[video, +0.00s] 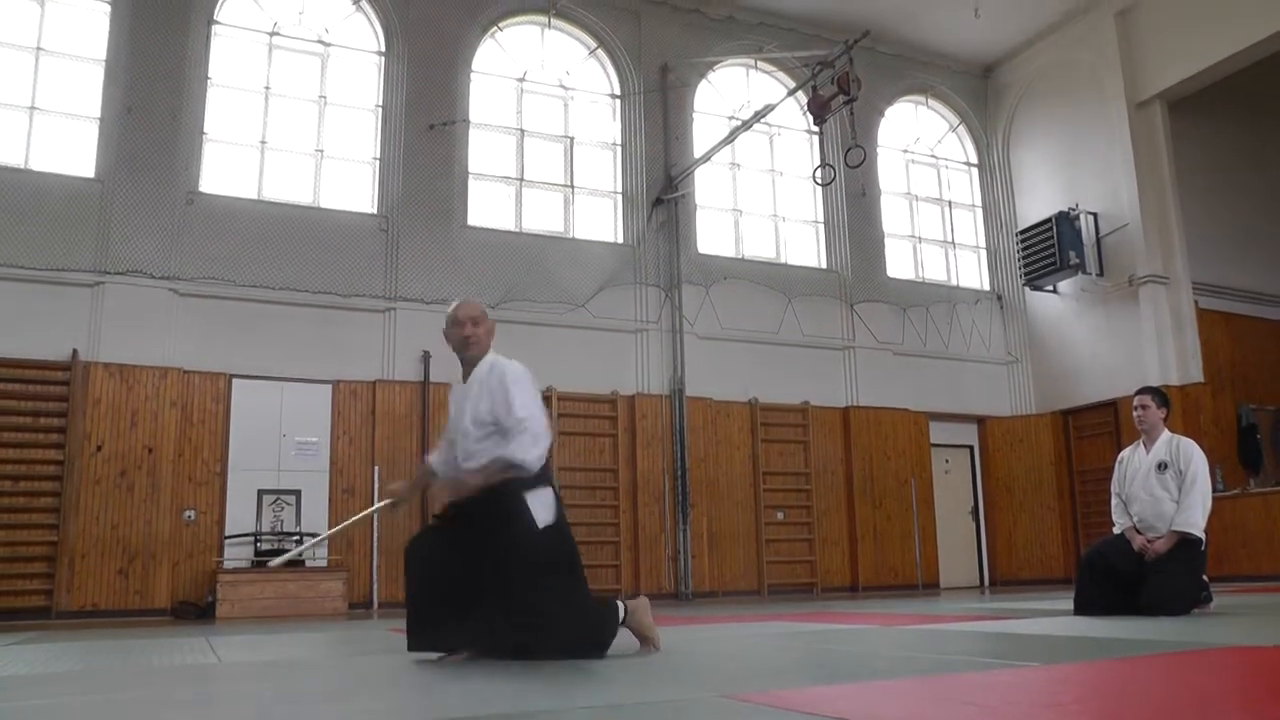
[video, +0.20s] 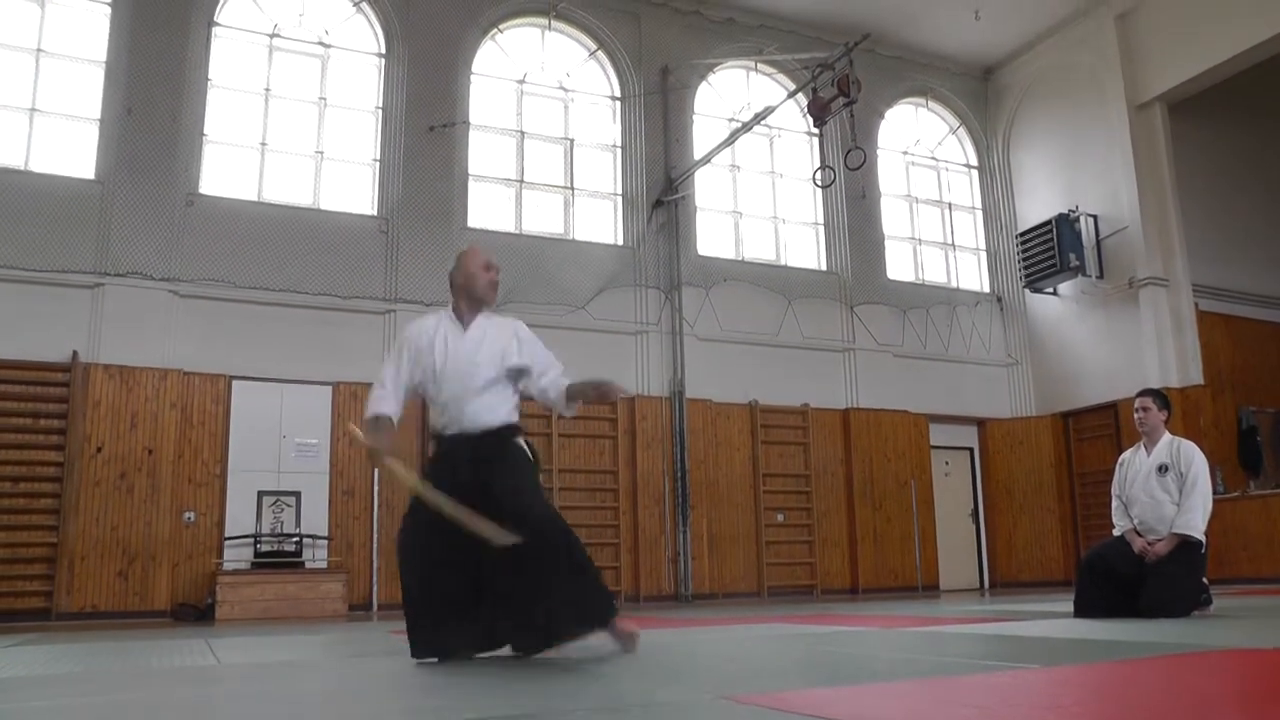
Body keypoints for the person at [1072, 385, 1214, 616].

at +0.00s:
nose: (1138, 413)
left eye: (1144, 408)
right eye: (1135, 409)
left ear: (1162, 413)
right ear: (1132, 414)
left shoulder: (1185, 449)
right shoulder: (1125, 458)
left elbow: (1196, 501)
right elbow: (1117, 502)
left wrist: (1167, 541)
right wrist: (1133, 536)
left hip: (1179, 542)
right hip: (1135, 541)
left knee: (1157, 606)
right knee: (1094, 562)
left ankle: (1198, 589)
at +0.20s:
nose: (1139, 416)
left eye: (1145, 410)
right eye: (1136, 411)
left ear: (1163, 415)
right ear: (1133, 417)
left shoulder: (1186, 452)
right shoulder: (1125, 460)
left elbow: (1196, 503)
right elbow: (1117, 505)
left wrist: (1168, 543)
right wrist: (1133, 538)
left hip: (1179, 544)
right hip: (1135, 543)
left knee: (1156, 608)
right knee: (1094, 565)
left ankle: (1198, 591)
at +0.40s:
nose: (1140, 417)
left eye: (1146, 411)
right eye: (1137, 412)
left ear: (1164, 417)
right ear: (1133, 417)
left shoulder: (1187, 454)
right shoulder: (1126, 460)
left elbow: (1197, 506)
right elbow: (1117, 506)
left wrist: (1168, 544)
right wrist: (1133, 539)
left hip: (1180, 545)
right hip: (1135, 544)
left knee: (1158, 609)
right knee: (1093, 567)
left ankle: (1199, 592)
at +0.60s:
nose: (1140, 419)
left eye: (1147, 413)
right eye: (1137, 414)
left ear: (1165, 419)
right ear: (1133, 420)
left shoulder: (1186, 456)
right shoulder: (1126, 463)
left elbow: (1197, 508)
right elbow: (1117, 509)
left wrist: (1168, 546)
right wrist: (1133, 542)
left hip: (1180, 547)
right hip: (1135, 546)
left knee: (1158, 611)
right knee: (1093, 568)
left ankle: (1198, 595)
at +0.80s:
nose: (1136, 423)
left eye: (1143, 417)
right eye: (1134, 418)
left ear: (1162, 422)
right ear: (1131, 424)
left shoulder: (1185, 460)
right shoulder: (1124, 467)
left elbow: (1199, 511)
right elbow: (1116, 512)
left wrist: (1169, 550)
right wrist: (1134, 546)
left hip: (1180, 552)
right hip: (1135, 551)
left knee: (1160, 613)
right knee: (1094, 572)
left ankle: (1200, 597)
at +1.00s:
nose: (1124, 423)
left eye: (1130, 417)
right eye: (1121, 418)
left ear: (1149, 422)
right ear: (1119, 423)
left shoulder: (1177, 459)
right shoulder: (1115, 468)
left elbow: (1196, 512)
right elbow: (1111, 515)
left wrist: (1167, 553)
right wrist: (1133, 548)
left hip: (1179, 553)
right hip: (1134, 552)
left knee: (1159, 615)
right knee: (1094, 576)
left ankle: (1200, 599)